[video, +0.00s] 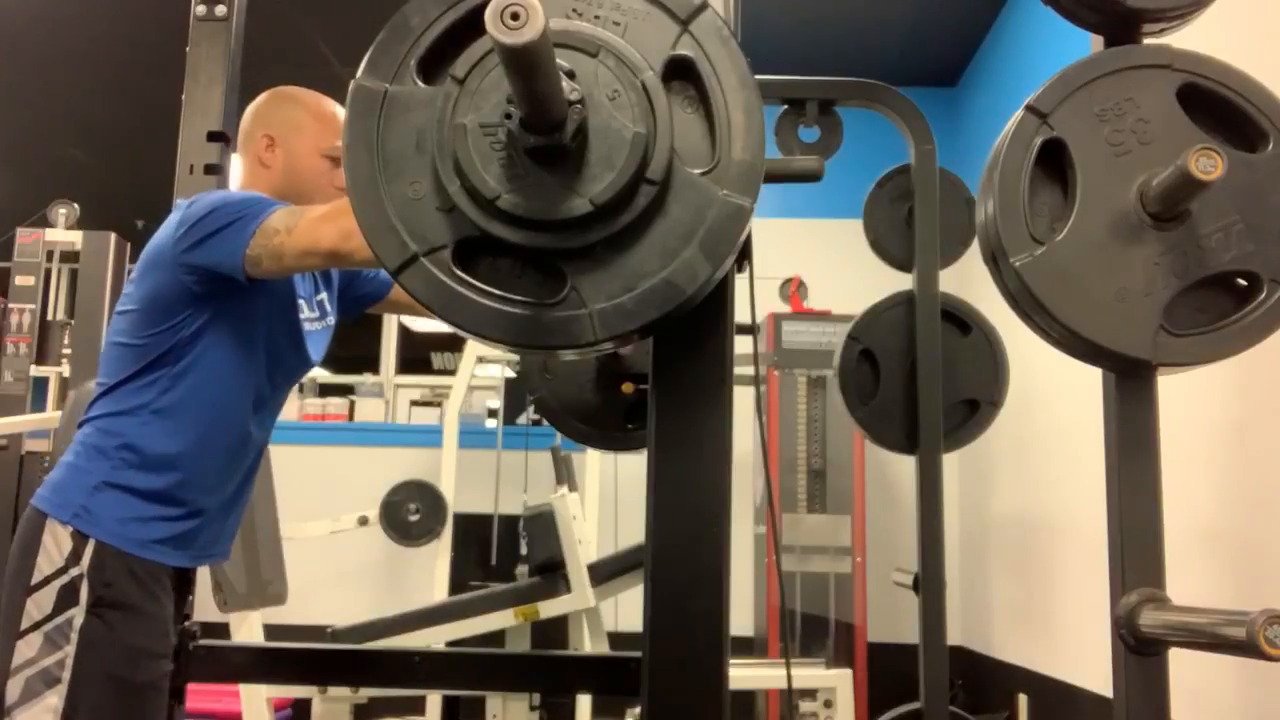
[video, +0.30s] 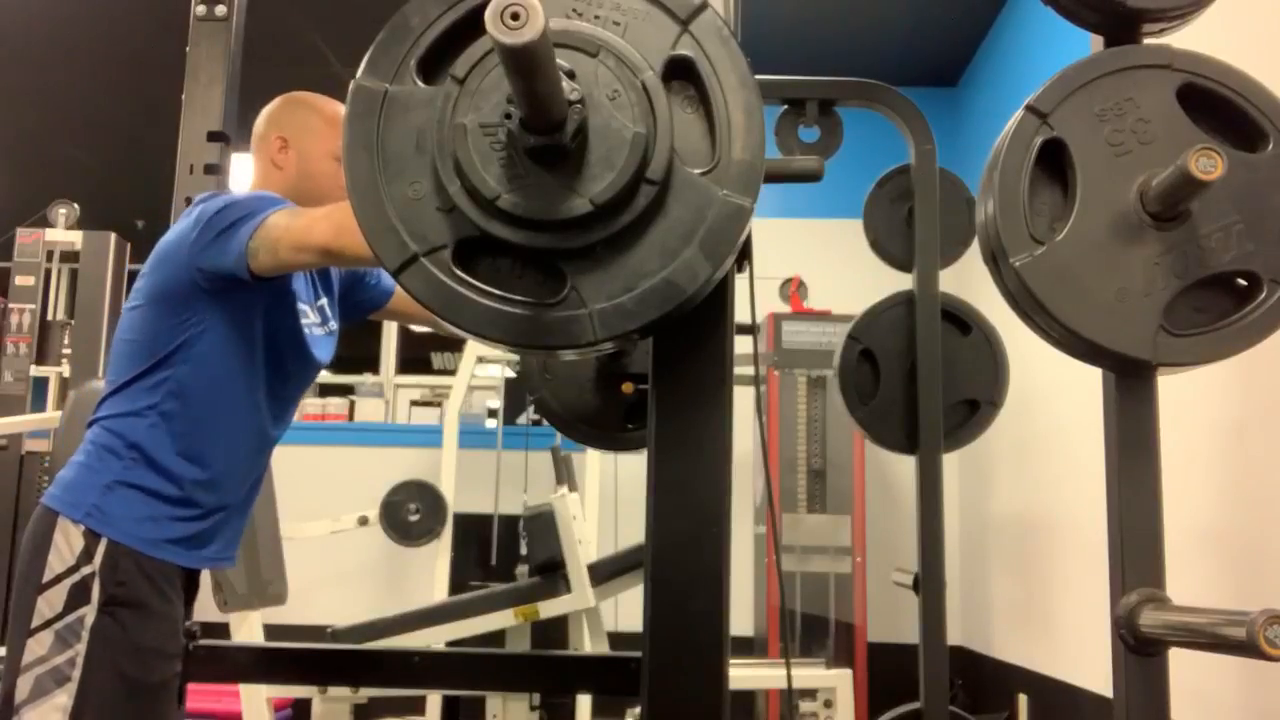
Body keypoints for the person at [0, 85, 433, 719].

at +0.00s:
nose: (346, 183)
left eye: (346, 164)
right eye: (333, 159)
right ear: (267, 150)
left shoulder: (323, 264)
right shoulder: (209, 221)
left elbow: (434, 285)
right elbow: (349, 232)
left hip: (168, 558)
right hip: (96, 548)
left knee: (143, 708)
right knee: (81, 712)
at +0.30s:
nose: (352, 180)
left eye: (353, 163)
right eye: (340, 159)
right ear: (281, 152)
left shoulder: (330, 266)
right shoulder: (219, 223)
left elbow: (439, 299)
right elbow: (341, 232)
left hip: (168, 561)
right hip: (102, 549)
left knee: (141, 707)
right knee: (72, 711)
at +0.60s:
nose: (377, 184)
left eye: (380, 170)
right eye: (366, 166)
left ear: (320, 169)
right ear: (317, 165)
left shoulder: (355, 277)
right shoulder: (237, 231)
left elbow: (457, 309)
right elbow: (329, 247)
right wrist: (459, 194)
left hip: (177, 558)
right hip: (112, 543)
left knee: (138, 707)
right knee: (73, 711)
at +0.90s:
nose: (368, 195)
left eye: (371, 180)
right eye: (360, 177)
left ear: (318, 180)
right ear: (312, 175)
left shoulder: (343, 281)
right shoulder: (229, 242)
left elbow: (440, 252)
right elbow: (330, 213)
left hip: (164, 561)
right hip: (101, 550)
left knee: (146, 709)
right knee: (85, 712)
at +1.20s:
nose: (406, 305)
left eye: (420, 293)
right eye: (406, 279)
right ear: (362, 245)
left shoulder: (329, 318)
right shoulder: (241, 265)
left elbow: (431, 304)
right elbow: (324, 229)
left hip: (158, 565)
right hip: (91, 552)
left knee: (32, 706)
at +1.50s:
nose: (511, 461)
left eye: (531, 451)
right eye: (528, 439)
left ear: (501, 371)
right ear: (506, 379)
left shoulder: (426, 398)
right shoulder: (402, 359)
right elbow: (346, 307)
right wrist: (463, 237)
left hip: (173, 571)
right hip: (153, 568)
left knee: (63, 711)